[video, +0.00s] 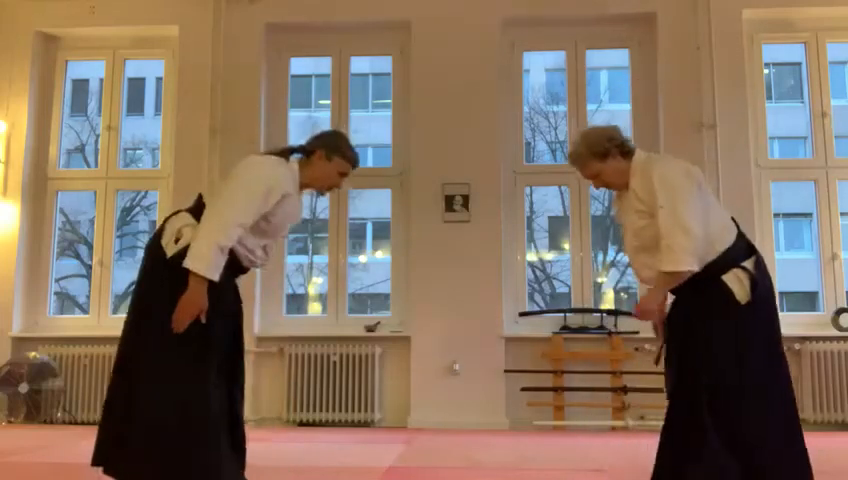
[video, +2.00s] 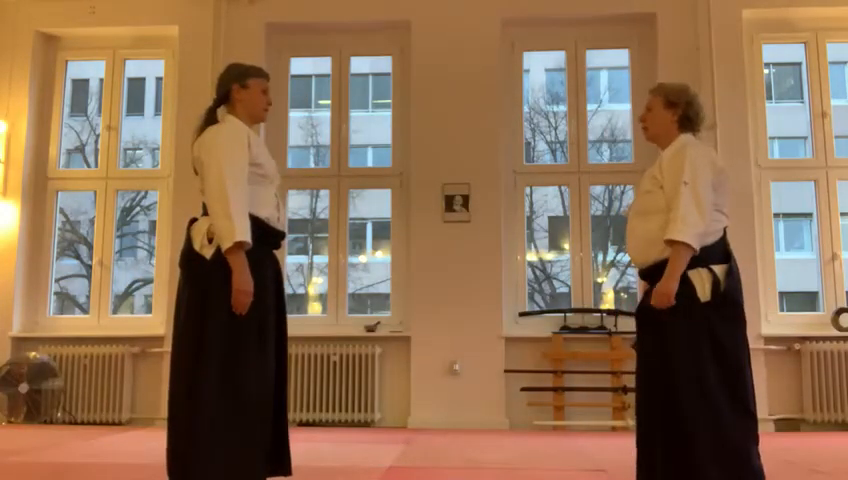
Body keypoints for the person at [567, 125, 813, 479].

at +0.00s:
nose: (597, 185)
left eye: (596, 176)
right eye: (591, 181)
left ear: (612, 155)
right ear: (611, 158)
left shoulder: (667, 174)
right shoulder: (628, 196)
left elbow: (686, 247)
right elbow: (651, 255)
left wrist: (656, 292)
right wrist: (657, 306)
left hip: (730, 288)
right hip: (693, 294)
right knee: (692, 399)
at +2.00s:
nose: (642, 117)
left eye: (650, 110)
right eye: (644, 110)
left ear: (674, 113)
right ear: (671, 114)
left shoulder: (689, 152)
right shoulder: (670, 157)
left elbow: (690, 219)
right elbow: (672, 221)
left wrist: (670, 278)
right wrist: (652, 278)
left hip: (692, 282)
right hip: (669, 283)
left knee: (694, 392)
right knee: (669, 394)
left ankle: (705, 474)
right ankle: (675, 474)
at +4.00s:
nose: (563, 113)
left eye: (571, 105)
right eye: (565, 105)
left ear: (597, 110)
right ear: (588, 112)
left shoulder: (631, 157)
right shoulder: (567, 171)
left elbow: (653, 213)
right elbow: (517, 202)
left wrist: (651, 270)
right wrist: (474, 178)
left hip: (634, 281)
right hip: (588, 289)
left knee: (645, 391)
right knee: (559, 385)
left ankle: (660, 474)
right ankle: (551, 473)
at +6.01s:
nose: (616, 119)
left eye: (623, 112)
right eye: (618, 112)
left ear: (647, 116)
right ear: (646, 117)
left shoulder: (656, 155)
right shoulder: (647, 157)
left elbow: (624, 219)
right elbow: (640, 236)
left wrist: (575, 258)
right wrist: (598, 272)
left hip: (661, 293)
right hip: (649, 290)